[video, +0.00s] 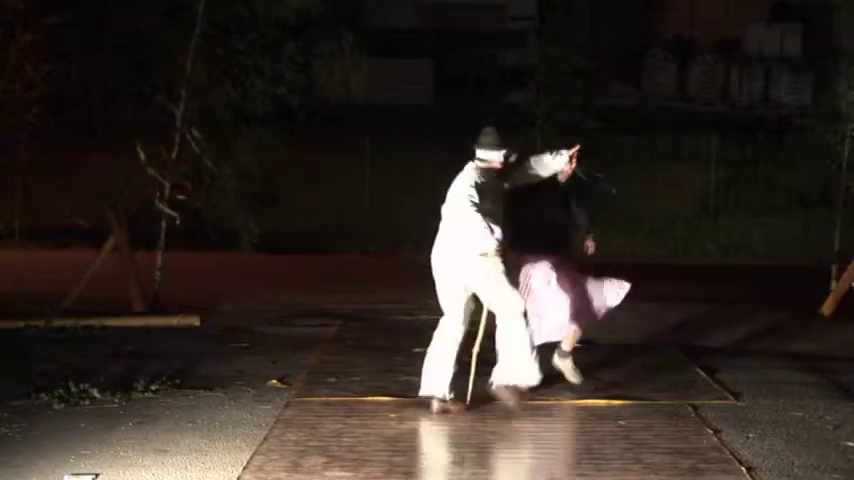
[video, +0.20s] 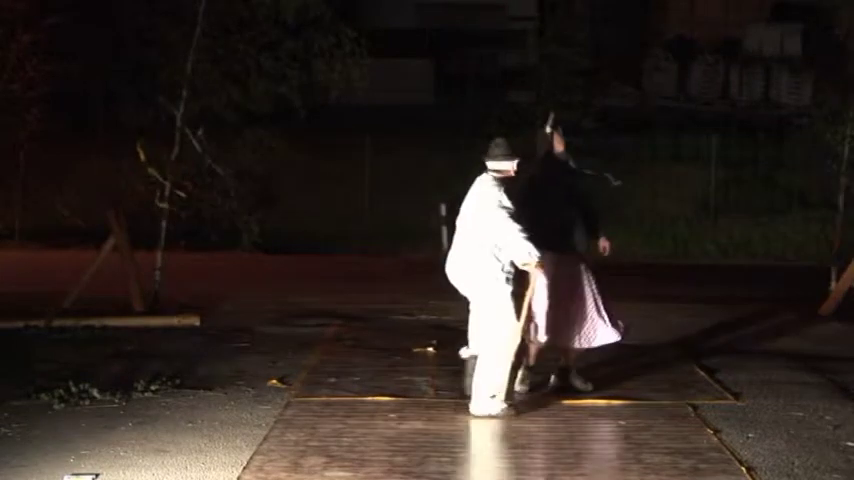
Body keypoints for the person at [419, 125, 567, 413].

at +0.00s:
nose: (503, 160)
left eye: (503, 155)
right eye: (499, 155)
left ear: (491, 155)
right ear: (488, 156)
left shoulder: (493, 175)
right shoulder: (469, 181)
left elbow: (524, 171)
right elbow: (468, 217)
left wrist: (557, 160)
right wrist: (488, 247)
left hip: (449, 258)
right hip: (470, 257)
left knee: (454, 319)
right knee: (510, 306)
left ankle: (436, 390)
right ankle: (509, 379)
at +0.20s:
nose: (515, 169)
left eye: (513, 164)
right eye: (512, 165)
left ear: (490, 165)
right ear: (509, 167)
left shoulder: (485, 187)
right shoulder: (490, 193)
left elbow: (501, 229)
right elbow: (504, 230)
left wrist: (522, 256)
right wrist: (529, 257)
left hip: (470, 265)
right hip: (480, 269)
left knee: (488, 315)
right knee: (503, 329)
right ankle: (486, 399)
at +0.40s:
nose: (526, 152)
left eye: (526, 147)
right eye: (523, 148)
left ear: (504, 147)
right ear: (515, 149)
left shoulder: (500, 169)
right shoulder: (502, 174)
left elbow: (508, 218)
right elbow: (511, 219)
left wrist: (526, 253)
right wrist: (534, 254)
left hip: (488, 253)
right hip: (488, 256)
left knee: (498, 318)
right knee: (497, 320)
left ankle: (489, 387)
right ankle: (487, 390)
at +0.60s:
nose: (539, 165)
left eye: (539, 159)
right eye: (535, 160)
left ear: (517, 159)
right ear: (525, 162)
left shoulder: (512, 180)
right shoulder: (510, 189)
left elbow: (527, 145)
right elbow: (513, 236)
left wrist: (535, 121)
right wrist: (539, 265)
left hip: (502, 265)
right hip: (496, 268)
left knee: (513, 325)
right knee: (508, 327)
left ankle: (519, 388)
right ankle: (481, 394)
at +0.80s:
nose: (547, 164)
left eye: (547, 159)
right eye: (546, 159)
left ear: (527, 153)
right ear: (543, 158)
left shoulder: (518, 173)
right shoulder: (530, 180)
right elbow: (538, 219)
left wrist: (548, 251)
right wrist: (559, 250)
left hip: (493, 251)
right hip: (507, 258)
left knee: (542, 278)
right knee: (506, 325)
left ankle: (530, 339)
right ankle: (483, 391)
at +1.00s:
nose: (567, 154)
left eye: (566, 149)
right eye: (566, 150)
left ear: (539, 147)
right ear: (562, 151)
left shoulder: (515, 173)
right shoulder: (562, 183)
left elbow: (500, 205)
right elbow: (582, 219)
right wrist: (595, 247)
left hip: (499, 246)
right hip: (528, 252)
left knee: (537, 301)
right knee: (531, 309)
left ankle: (540, 352)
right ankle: (507, 378)